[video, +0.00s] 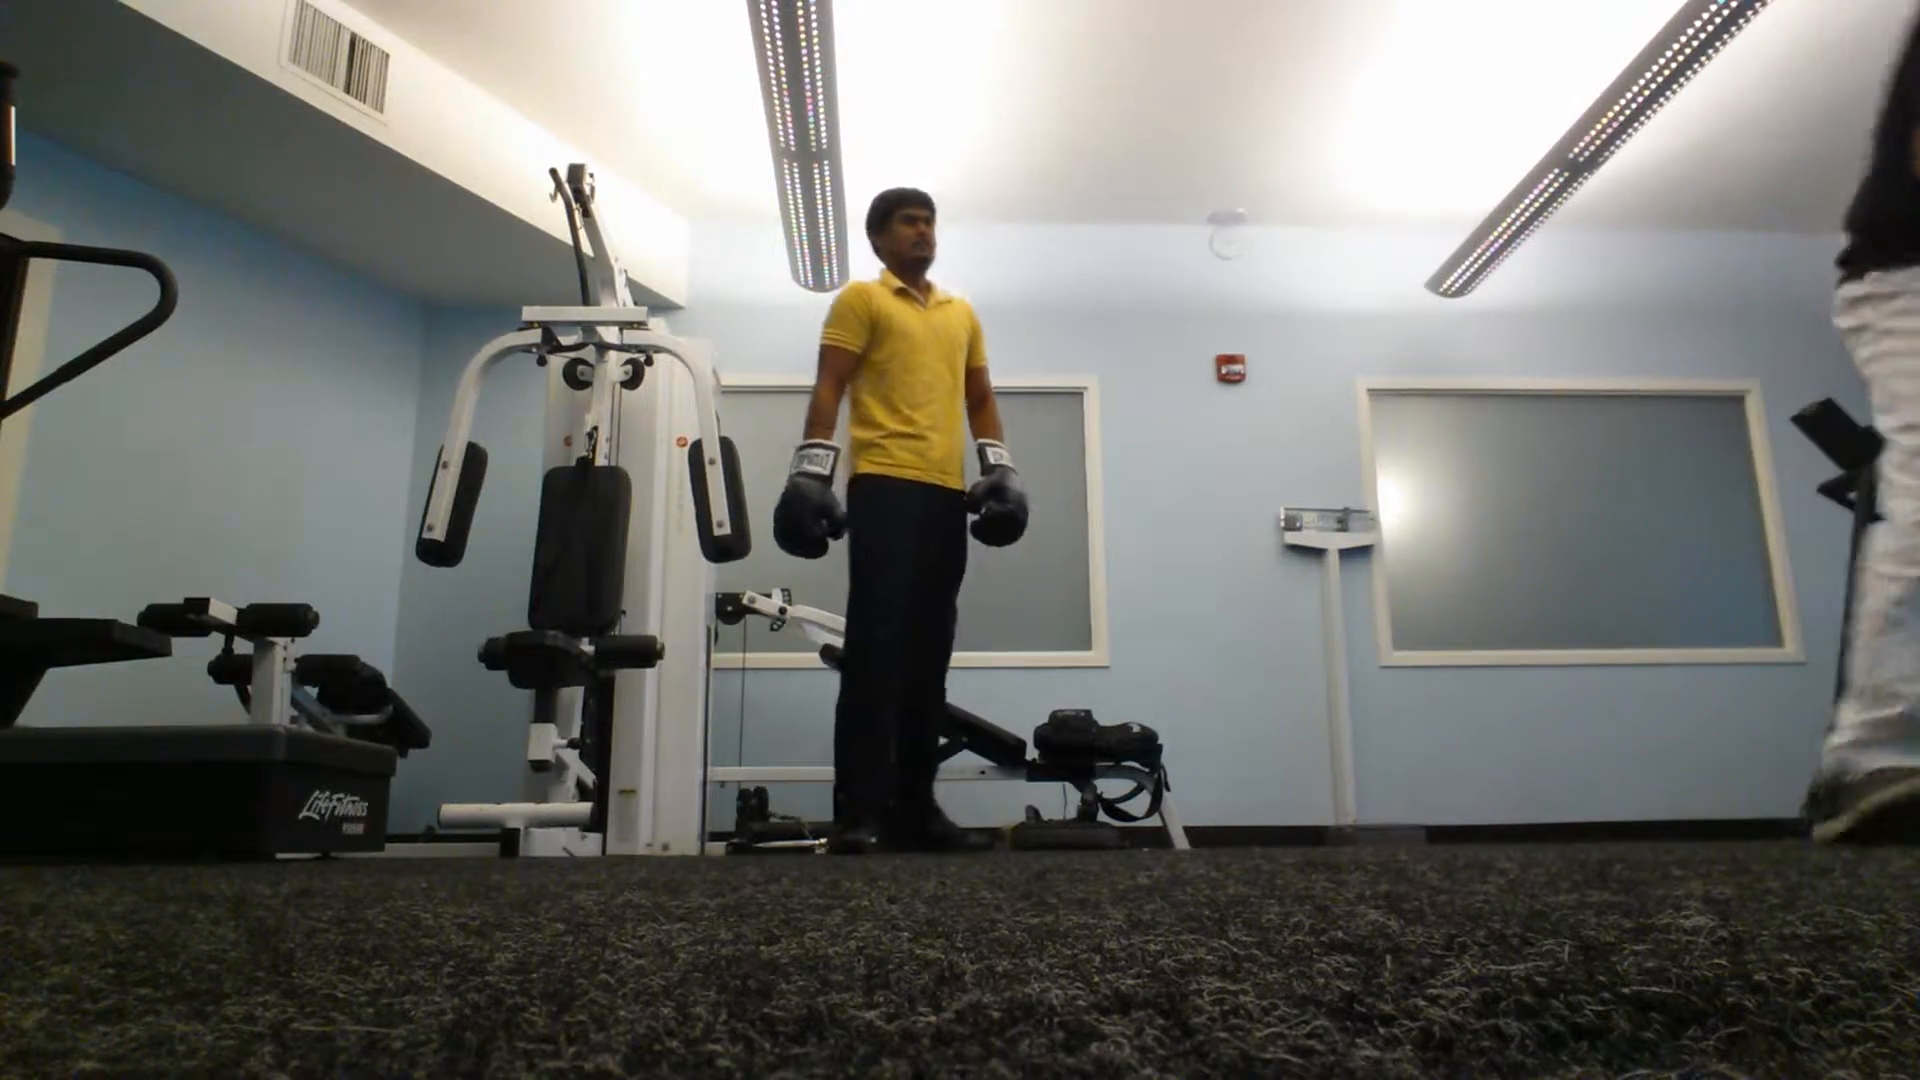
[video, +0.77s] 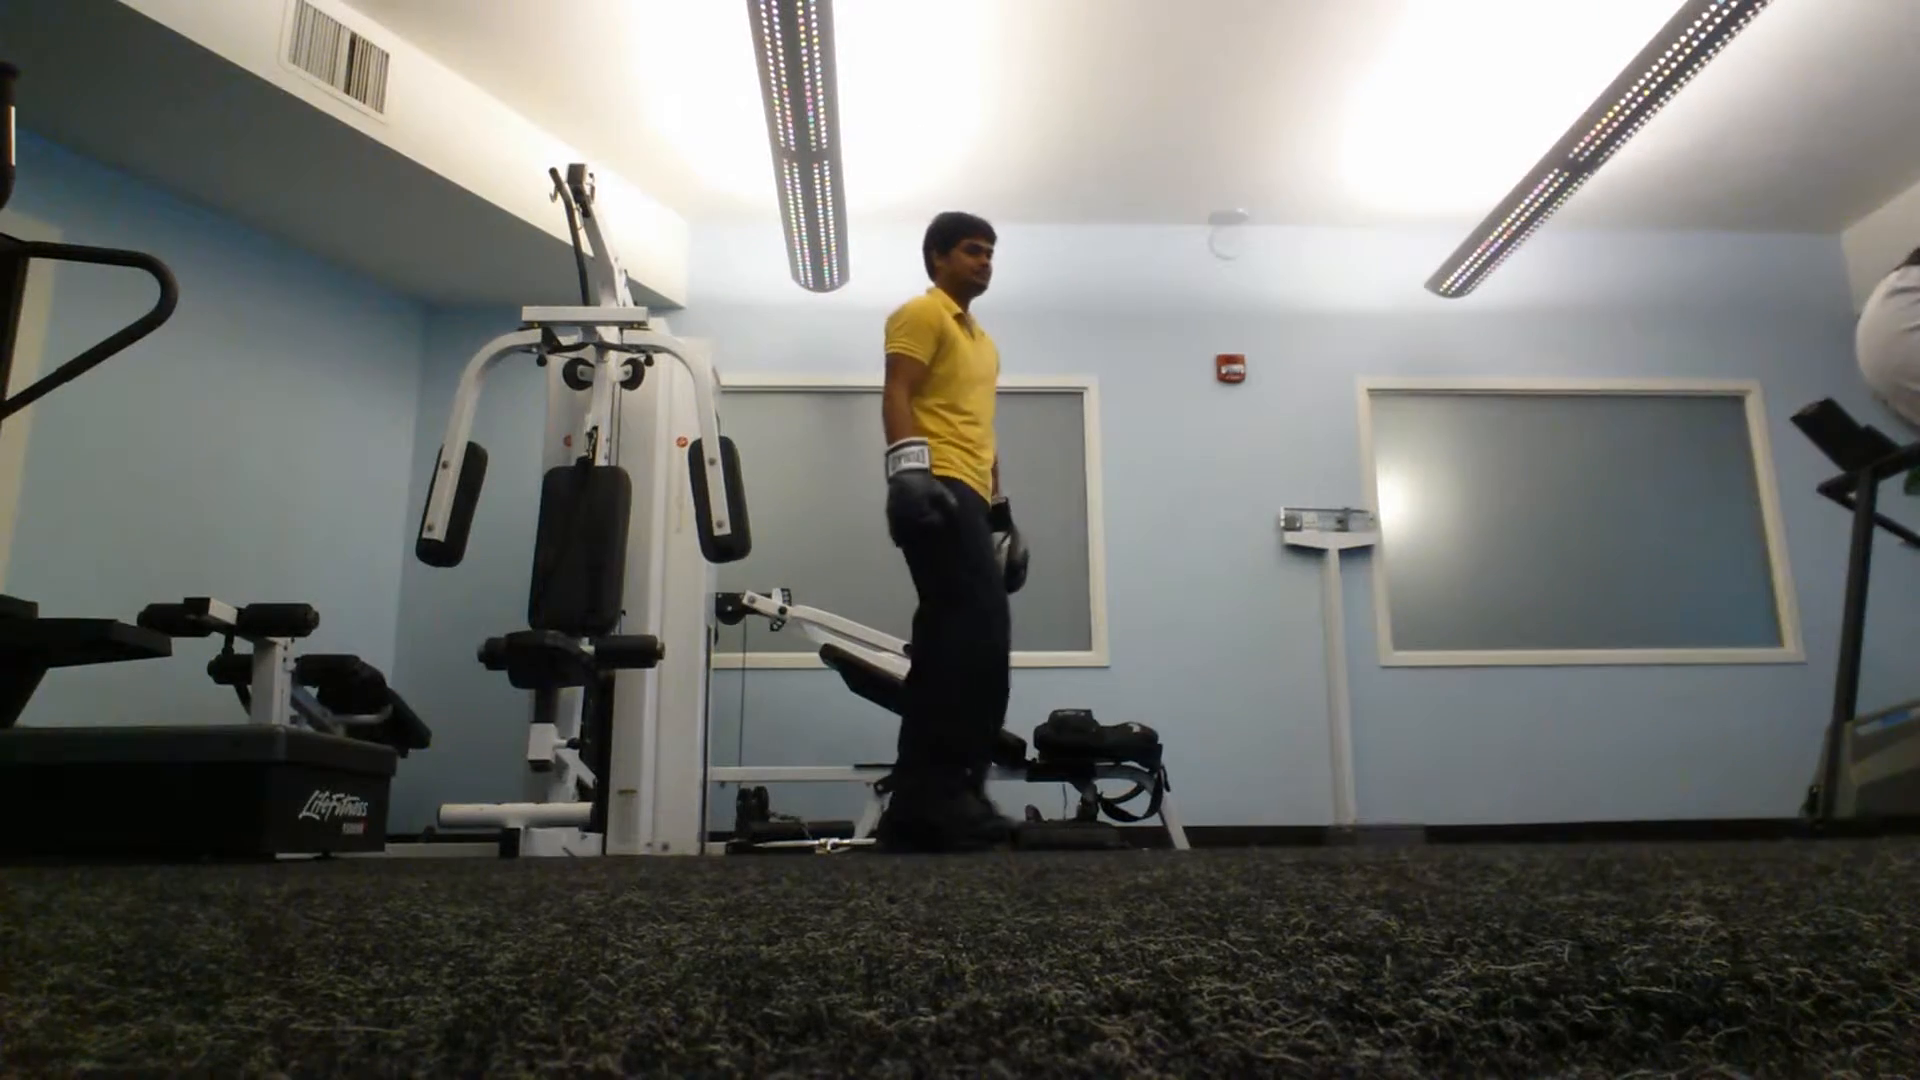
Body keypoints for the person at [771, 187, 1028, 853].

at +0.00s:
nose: (923, 232)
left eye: (929, 222)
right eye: (909, 222)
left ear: (937, 234)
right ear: (878, 237)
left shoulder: (959, 312)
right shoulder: (861, 300)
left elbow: (981, 396)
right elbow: (830, 386)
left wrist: (998, 469)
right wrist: (811, 473)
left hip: (945, 495)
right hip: (884, 489)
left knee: (927, 651)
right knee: (876, 649)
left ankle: (914, 811)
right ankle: (860, 815)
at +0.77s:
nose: (986, 263)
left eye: (990, 255)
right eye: (975, 252)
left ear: (988, 265)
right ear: (939, 257)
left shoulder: (982, 341)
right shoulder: (921, 314)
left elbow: (979, 430)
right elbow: (898, 392)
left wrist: (1002, 516)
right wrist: (909, 470)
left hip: (971, 508)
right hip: (937, 497)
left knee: (957, 645)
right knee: (974, 635)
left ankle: (935, 799)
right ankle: (937, 799)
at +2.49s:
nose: (1026, 223)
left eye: (1035, 216)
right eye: (1013, 213)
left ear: (1044, 232)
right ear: (984, 229)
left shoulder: (1043, 310)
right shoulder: (979, 284)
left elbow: (1064, 405)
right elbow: (954, 375)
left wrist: (1135, 419)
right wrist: (1027, 387)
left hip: (1041, 477)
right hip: (999, 473)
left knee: (1043, 635)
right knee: (1010, 633)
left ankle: (1020, 804)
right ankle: (1000, 809)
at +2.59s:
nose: (1031, 231)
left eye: (1039, 223)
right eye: (1017, 221)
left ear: (1048, 239)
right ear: (990, 236)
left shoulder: (1047, 315)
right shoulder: (983, 290)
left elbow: (1064, 419)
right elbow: (950, 378)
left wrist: (1137, 416)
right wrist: (1016, 380)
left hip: (1044, 484)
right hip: (1002, 480)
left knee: (1038, 639)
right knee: (1011, 637)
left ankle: (1020, 804)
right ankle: (1001, 809)